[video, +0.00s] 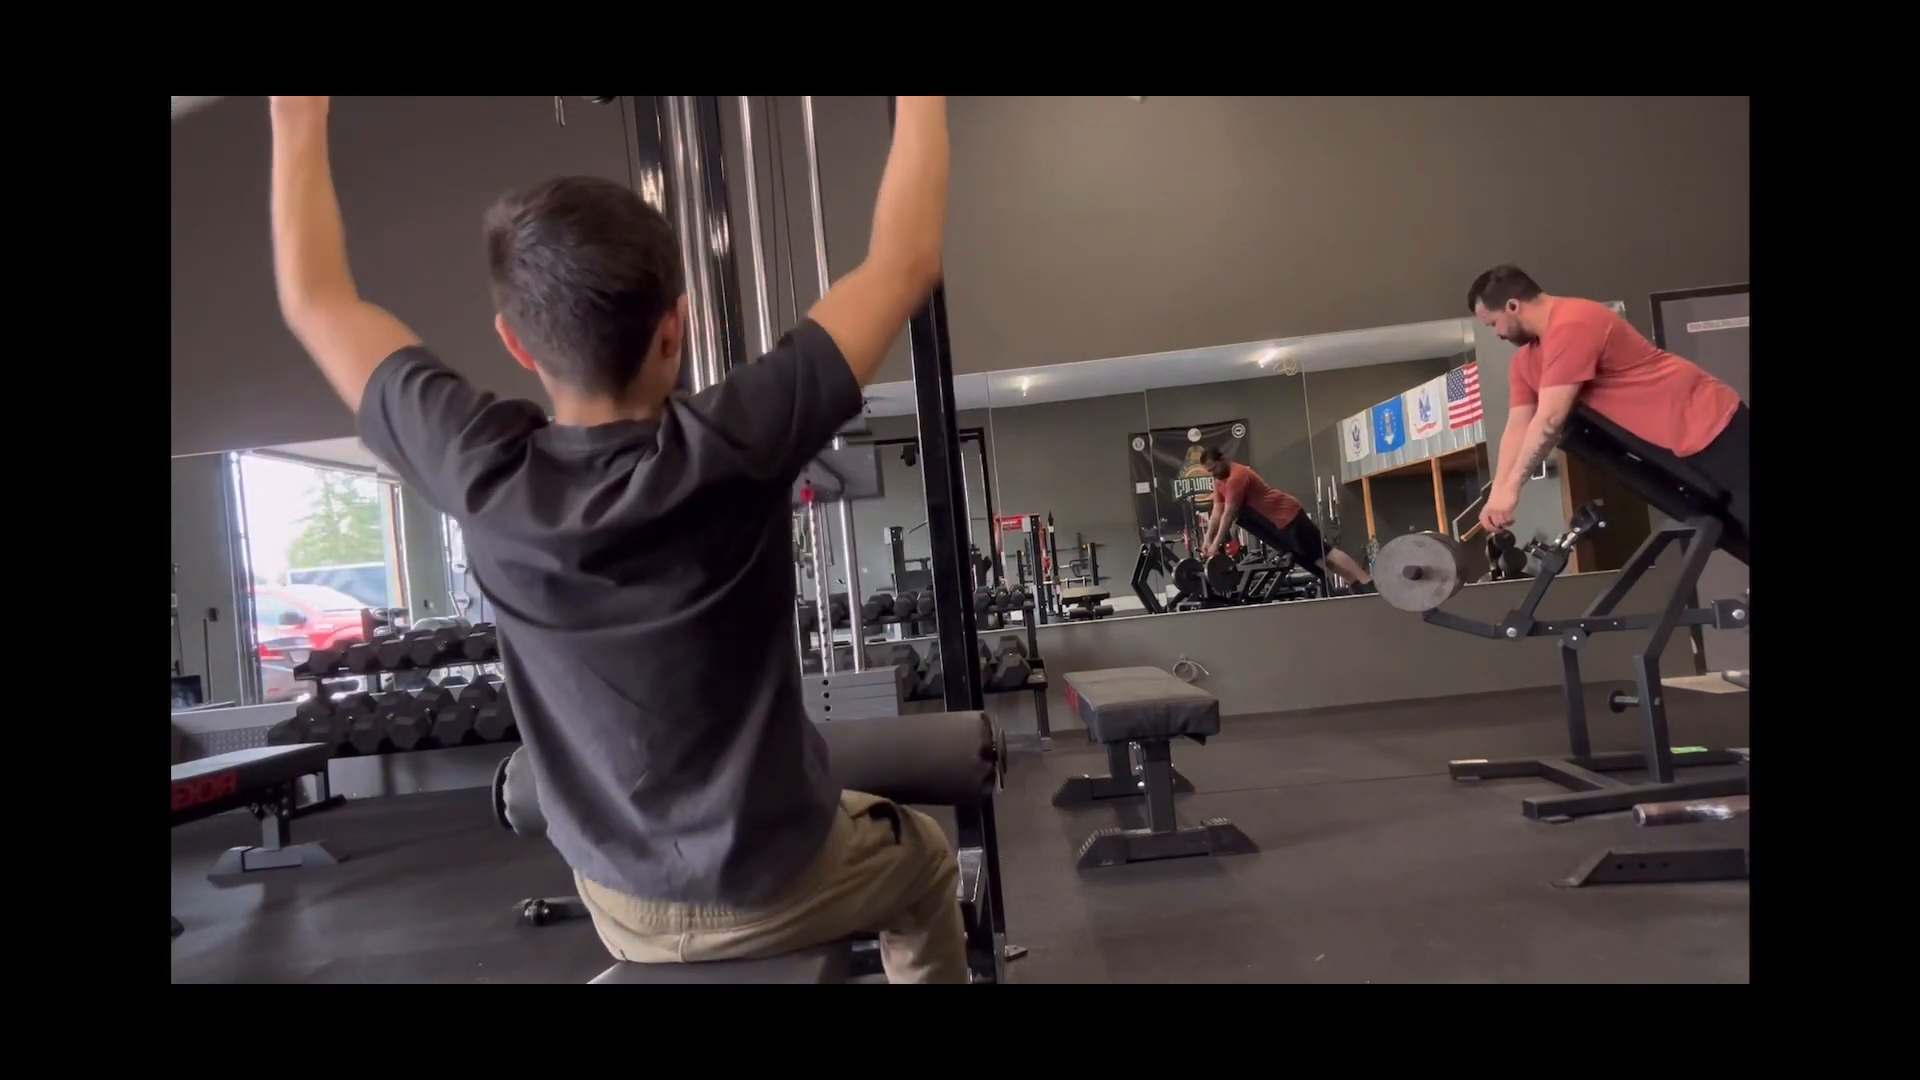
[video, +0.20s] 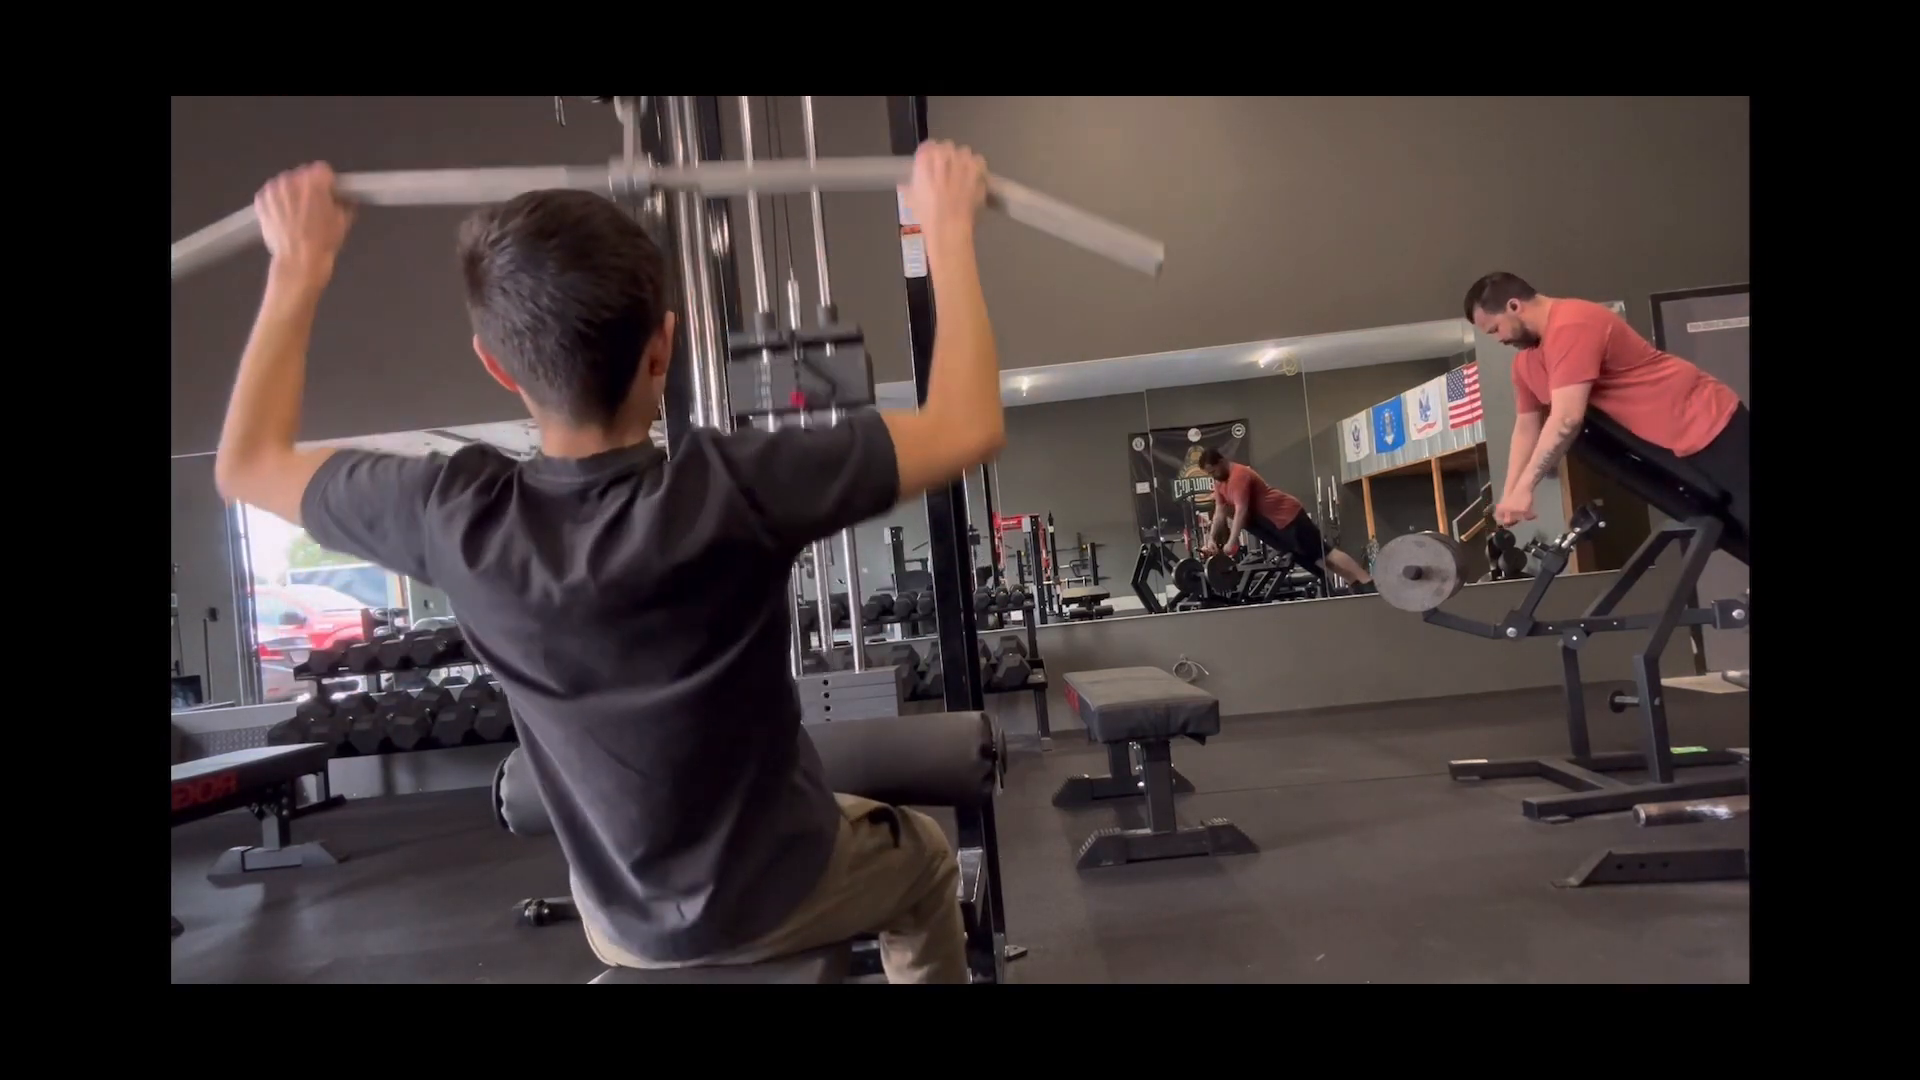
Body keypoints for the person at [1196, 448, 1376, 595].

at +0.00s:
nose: (1213, 473)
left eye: (1214, 467)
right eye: (1209, 470)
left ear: (1222, 459)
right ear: (1207, 470)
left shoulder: (1238, 475)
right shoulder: (1219, 483)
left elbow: (1230, 513)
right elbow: (1216, 512)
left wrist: (1216, 543)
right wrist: (1207, 539)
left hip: (1289, 514)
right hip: (1278, 524)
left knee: (1324, 550)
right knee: (1316, 558)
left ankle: (1367, 581)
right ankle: (1354, 583)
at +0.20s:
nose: (1212, 475)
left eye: (1213, 470)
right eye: (1209, 473)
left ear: (1221, 462)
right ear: (1208, 472)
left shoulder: (1239, 475)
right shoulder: (1220, 485)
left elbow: (1241, 510)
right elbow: (1219, 512)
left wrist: (1233, 541)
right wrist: (1211, 539)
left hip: (1289, 514)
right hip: (1276, 526)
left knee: (1324, 551)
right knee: (1315, 558)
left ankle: (1367, 581)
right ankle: (1354, 583)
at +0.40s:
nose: (1214, 475)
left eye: (1214, 470)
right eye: (1210, 473)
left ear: (1221, 463)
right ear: (1208, 473)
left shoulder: (1240, 475)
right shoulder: (1220, 485)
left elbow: (1257, 505)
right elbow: (1225, 510)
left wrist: (1258, 537)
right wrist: (1223, 538)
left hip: (1289, 514)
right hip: (1274, 525)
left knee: (1323, 551)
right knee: (1313, 559)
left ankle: (1368, 581)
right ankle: (1354, 583)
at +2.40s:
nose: (1213, 480)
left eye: (1213, 474)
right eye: (1209, 478)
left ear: (1221, 466)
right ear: (1206, 477)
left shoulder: (1241, 479)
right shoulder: (1217, 487)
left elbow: (1258, 511)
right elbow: (1226, 514)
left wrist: (1269, 539)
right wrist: (1232, 541)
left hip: (1290, 514)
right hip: (1275, 523)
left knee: (1325, 551)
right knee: (1315, 558)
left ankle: (1368, 583)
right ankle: (1353, 584)